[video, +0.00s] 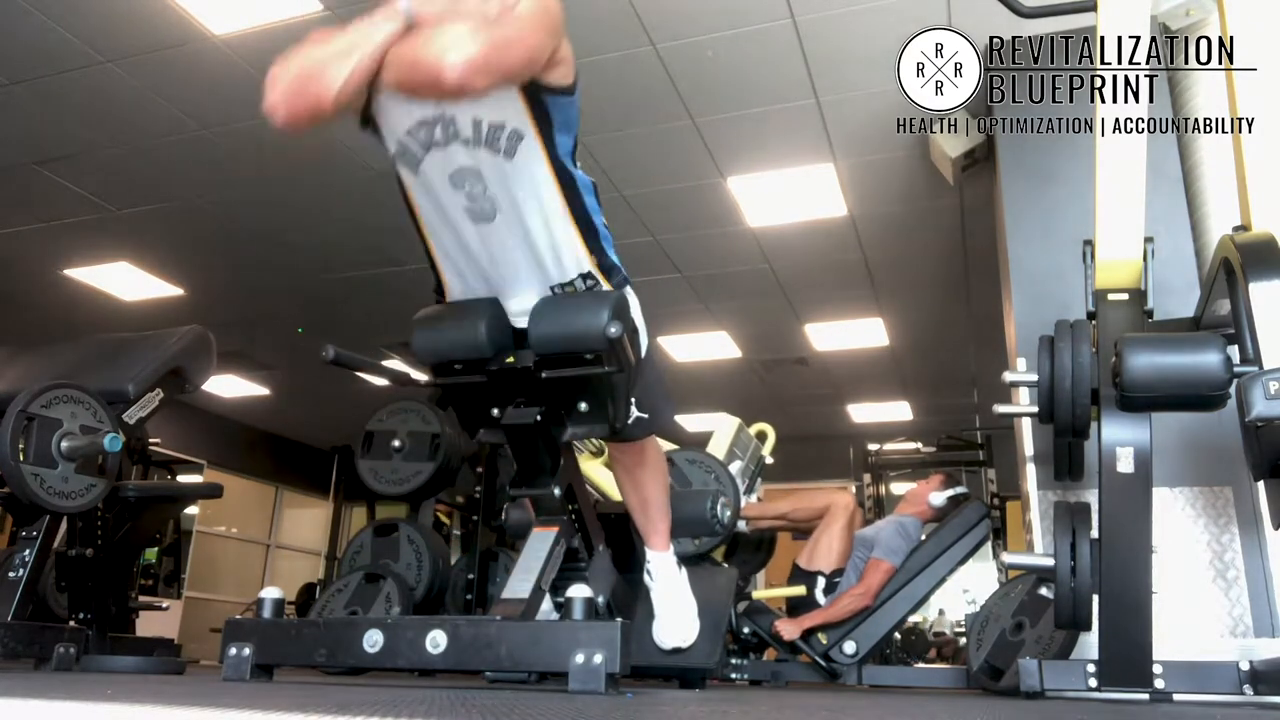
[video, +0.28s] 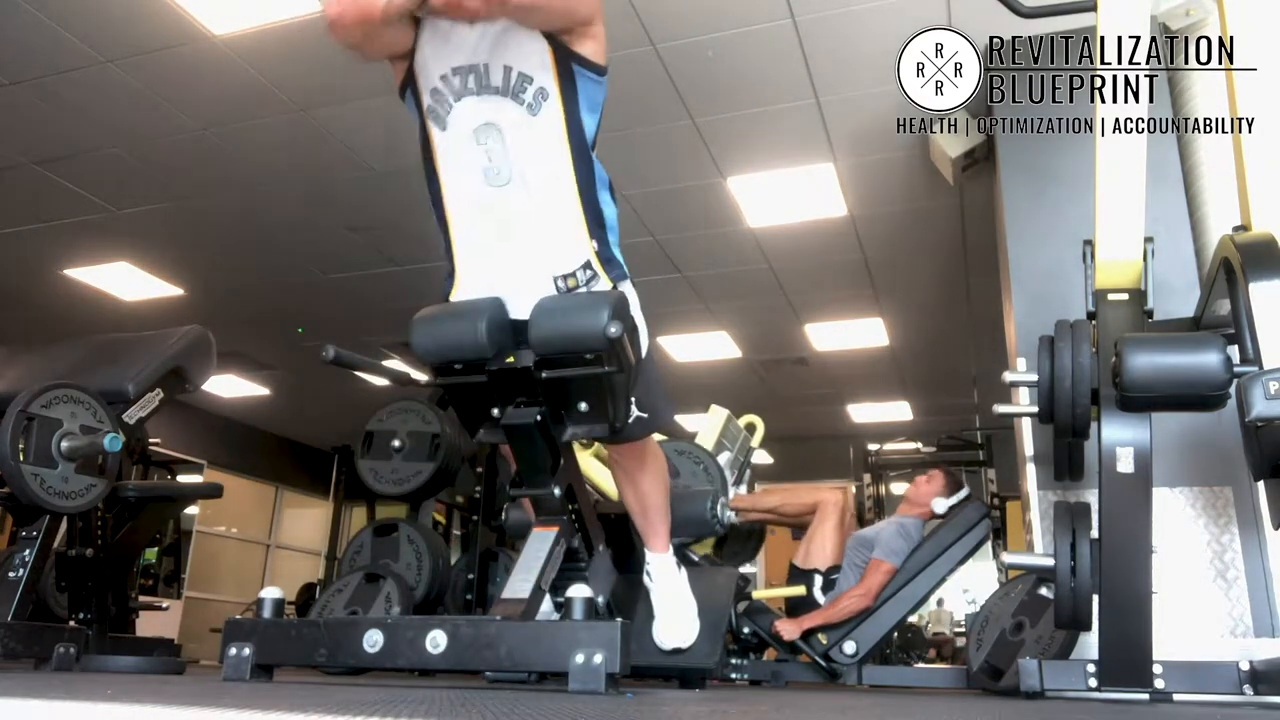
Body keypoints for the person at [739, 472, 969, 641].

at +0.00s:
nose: (917, 482)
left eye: (927, 481)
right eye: (926, 479)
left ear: (933, 497)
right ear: (934, 500)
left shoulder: (899, 528)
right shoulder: (904, 527)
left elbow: (865, 595)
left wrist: (801, 624)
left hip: (816, 605)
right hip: (820, 602)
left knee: (843, 500)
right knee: (843, 504)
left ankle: (739, 509)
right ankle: (750, 519)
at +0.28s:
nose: (917, 478)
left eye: (928, 480)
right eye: (925, 474)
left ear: (936, 505)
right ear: (932, 506)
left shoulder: (899, 530)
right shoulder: (902, 525)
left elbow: (865, 595)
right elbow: (865, 592)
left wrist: (800, 623)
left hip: (817, 607)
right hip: (823, 599)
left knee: (833, 498)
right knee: (838, 499)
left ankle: (730, 501)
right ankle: (743, 512)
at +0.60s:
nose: (910, 478)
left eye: (922, 479)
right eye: (916, 473)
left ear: (935, 501)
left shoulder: (900, 531)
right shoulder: (902, 525)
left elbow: (864, 595)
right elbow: (865, 592)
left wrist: (801, 623)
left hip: (815, 606)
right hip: (820, 599)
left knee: (817, 498)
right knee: (813, 502)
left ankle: (720, 490)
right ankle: (727, 499)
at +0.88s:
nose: (897, 479)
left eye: (907, 476)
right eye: (901, 473)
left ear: (925, 493)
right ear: (920, 494)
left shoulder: (897, 529)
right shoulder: (905, 527)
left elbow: (865, 596)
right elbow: (867, 592)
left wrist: (801, 624)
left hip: (813, 604)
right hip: (817, 598)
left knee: (802, 497)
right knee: (798, 502)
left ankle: (706, 478)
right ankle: (723, 490)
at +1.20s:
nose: (878, 483)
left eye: (884, 477)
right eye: (880, 476)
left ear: (904, 484)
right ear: (906, 485)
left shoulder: (894, 528)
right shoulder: (898, 527)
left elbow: (870, 597)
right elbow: (870, 595)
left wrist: (806, 622)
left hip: (814, 607)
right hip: (818, 602)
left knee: (763, 503)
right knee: (766, 505)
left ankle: (678, 461)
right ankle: (689, 467)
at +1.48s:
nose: (870, 487)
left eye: (872, 480)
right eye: (870, 480)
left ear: (886, 478)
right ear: (898, 479)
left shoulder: (895, 526)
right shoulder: (896, 524)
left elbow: (871, 586)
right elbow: (870, 583)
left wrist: (805, 579)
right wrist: (810, 579)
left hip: (817, 613)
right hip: (820, 605)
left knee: (753, 508)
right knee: (754, 510)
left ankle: (672, 459)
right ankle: (682, 464)